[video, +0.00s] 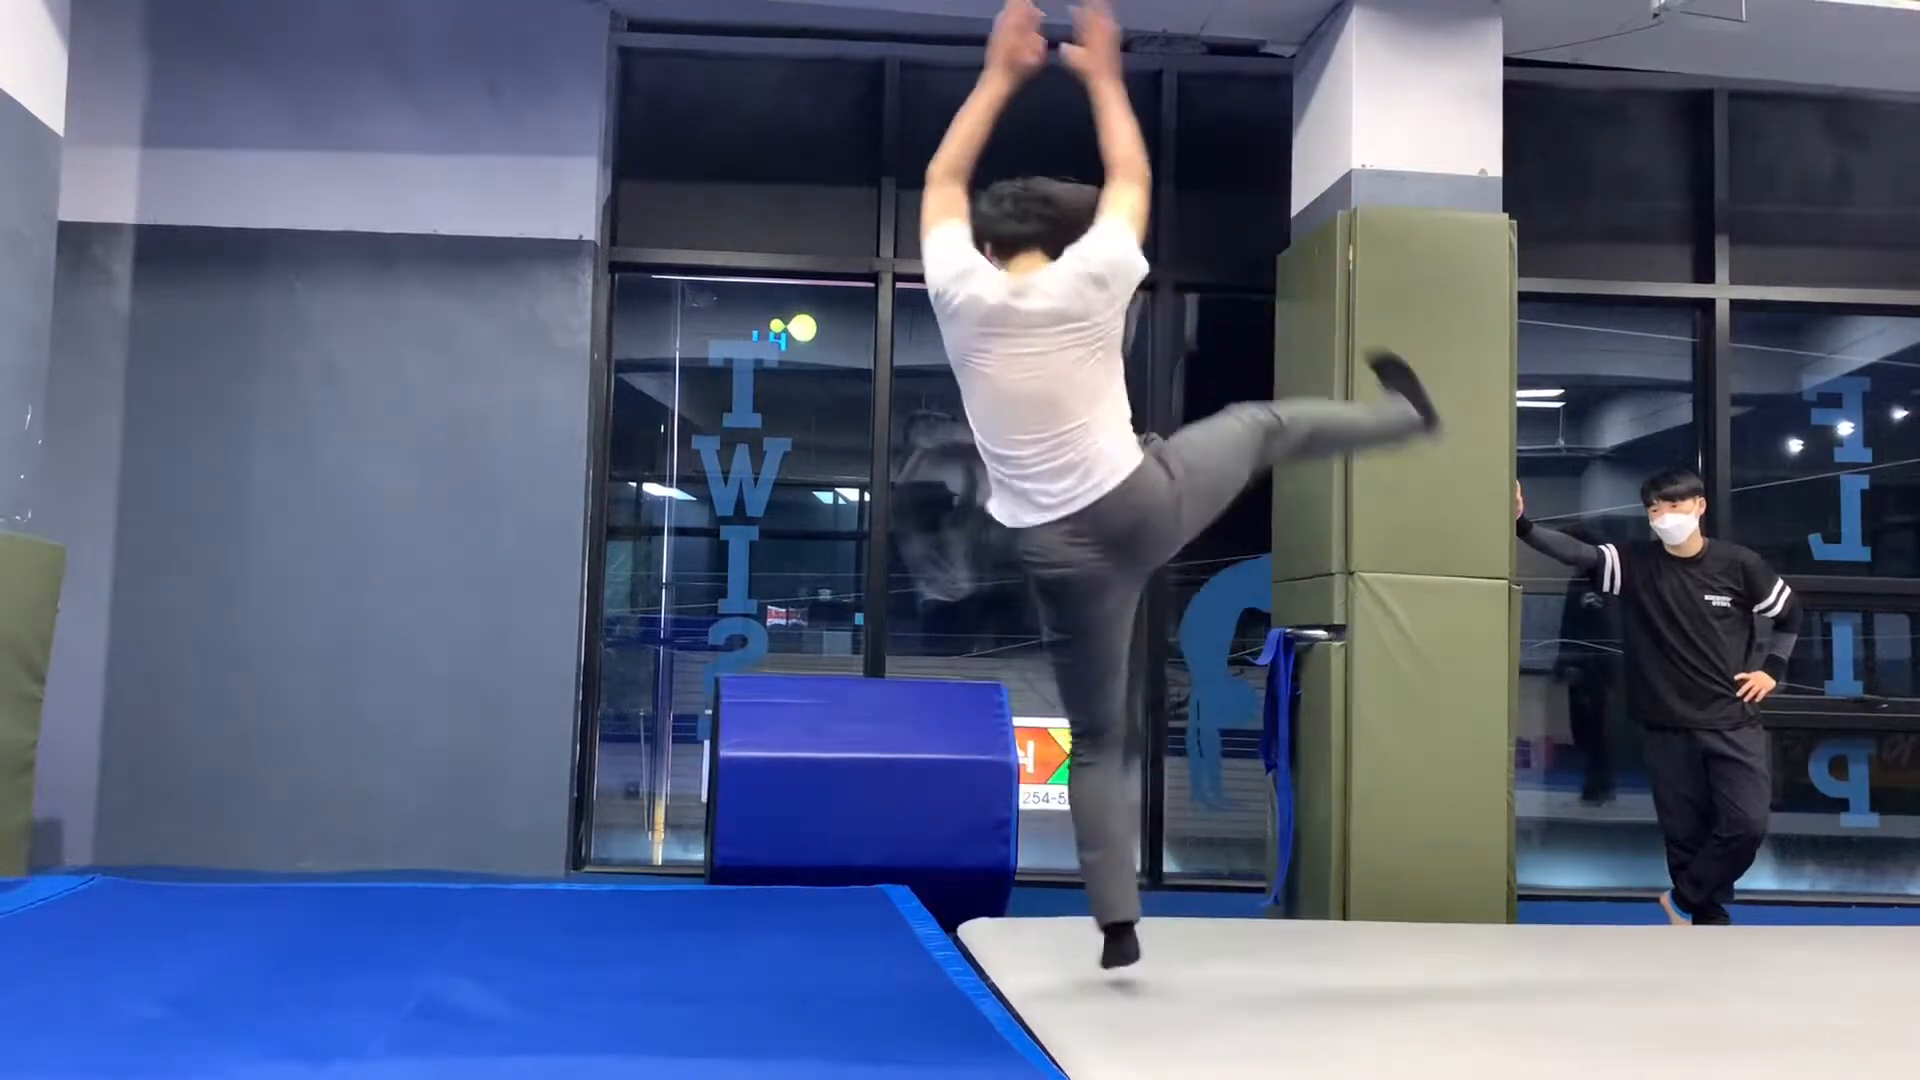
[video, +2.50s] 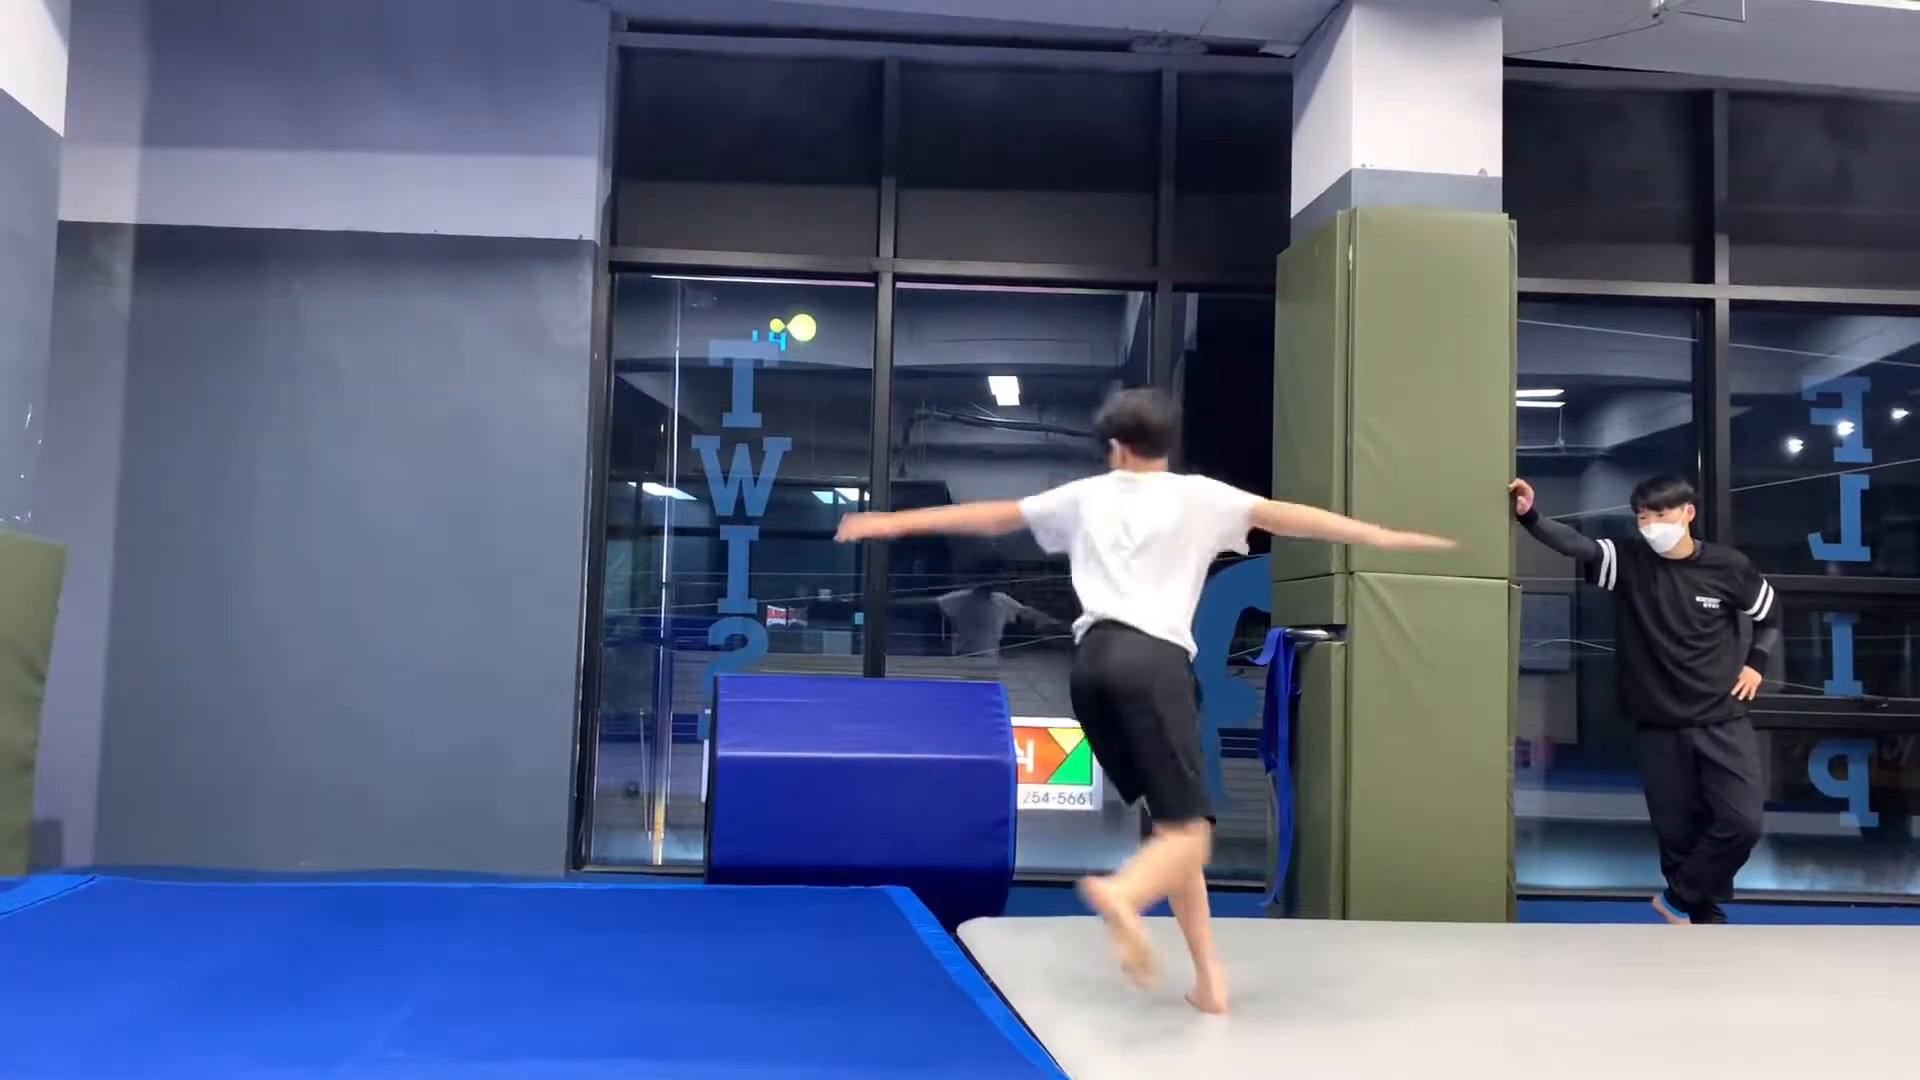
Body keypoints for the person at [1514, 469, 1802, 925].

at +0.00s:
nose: (1664, 512)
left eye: (1675, 502)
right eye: (1656, 505)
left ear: (1699, 506)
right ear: (1648, 513)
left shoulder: (1740, 565)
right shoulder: (1634, 562)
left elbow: (1789, 615)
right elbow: (1578, 552)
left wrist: (1771, 670)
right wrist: (1523, 526)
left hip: (1732, 720)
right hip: (1667, 724)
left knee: (1748, 824)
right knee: (1683, 833)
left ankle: (1684, 900)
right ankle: (1717, 931)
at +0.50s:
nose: (1664, 512)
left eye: (1675, 502)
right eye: (1656, 505)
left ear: (1700, 506)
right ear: (1648, 512)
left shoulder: (1740, 564)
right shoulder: (1634, 561)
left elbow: (1790, 614)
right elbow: (1576, 553)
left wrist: (1772, 670)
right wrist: (1523, 525)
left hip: (1732, 719)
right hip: (1668, 724)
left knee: (1748, 824)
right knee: (1684, 834)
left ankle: (1683, 901)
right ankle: (1717, 932)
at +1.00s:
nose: (1663, 511)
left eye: (1675, 501)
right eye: (1657, 502)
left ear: (1701, 507)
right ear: (1649, 510)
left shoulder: (1741, 564)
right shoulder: (1634, 562)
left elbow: (1790, 615)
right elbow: (1576, 553)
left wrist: (1771, 669)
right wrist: (1523, 525)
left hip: (1733, 719)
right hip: (1668, 724)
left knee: (1748, 824)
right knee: (1683, 834)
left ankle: (1685, 899)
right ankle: (1716, 930)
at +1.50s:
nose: (1661, 512)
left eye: (1674, 503)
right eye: (1656, 503)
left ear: (1699, 510)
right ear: (1649, 509)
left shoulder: (1738, 564)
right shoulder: (1633, 562)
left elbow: (1789, 614)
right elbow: (1577, 553)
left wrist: (1770, 669)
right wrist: (1524, 527)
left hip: (1732, 719)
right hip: (1668, 723)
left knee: (1748, 825)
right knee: (1683, 834)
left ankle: (1684, 899)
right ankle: (1716, 932)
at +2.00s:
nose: (1655, 522)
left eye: (1665, 511)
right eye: (1647, 513)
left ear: (1689, 513)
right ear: (1637, 517)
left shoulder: (1726, 565)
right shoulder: (1628, 558)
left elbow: (1780, 610)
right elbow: (1578, 544)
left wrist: (1768, 665)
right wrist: (1531, 516)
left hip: (1725, 721)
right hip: (1662, 724)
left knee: (1742, 824)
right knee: (1677, 834)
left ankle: (1679, 901)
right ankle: (1709, 927)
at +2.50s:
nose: (1649, 525)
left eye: (1660, 515)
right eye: (1643, 516)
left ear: (1687, 514)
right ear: (1637, 518)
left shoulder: (1728, 567)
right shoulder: (1627, 559)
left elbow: (1770, 616)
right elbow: (1579, 545)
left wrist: (1757, 664)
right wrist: (1531, 517)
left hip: (1723, 719)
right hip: (1660, 723)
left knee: (1742, 823)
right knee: (1676, 831)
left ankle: (1676, 900)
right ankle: (1709, 923)